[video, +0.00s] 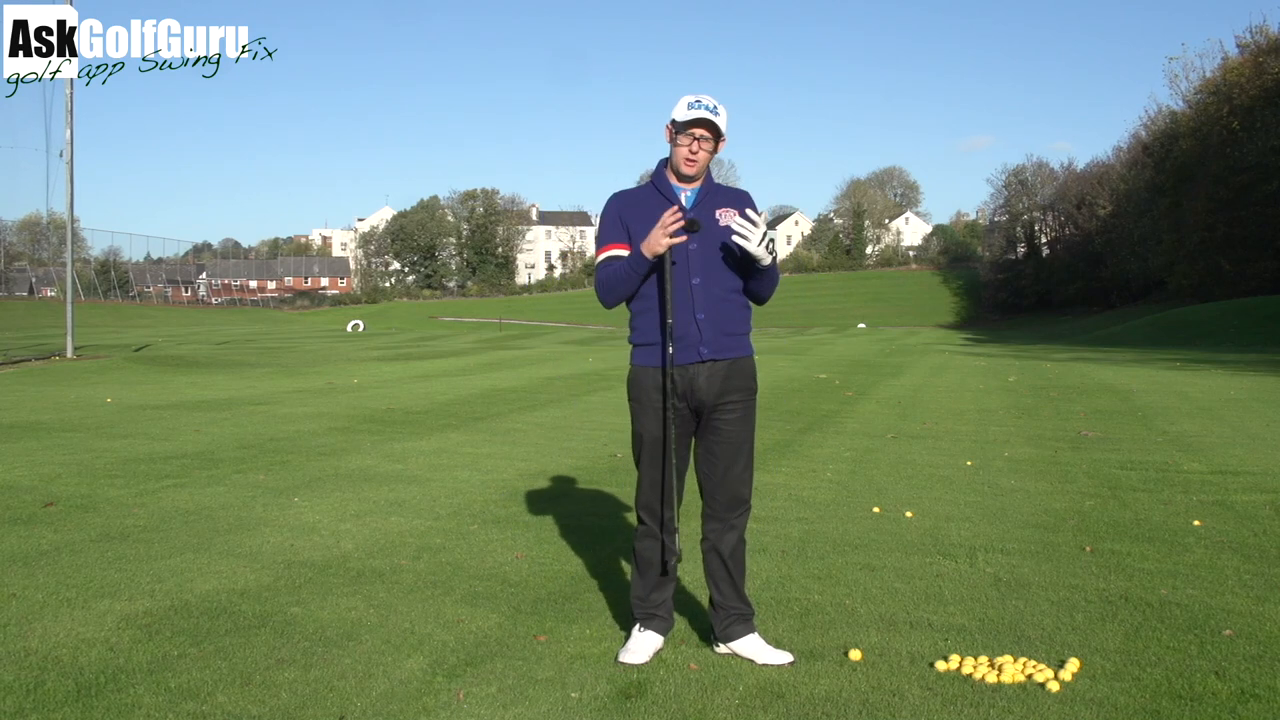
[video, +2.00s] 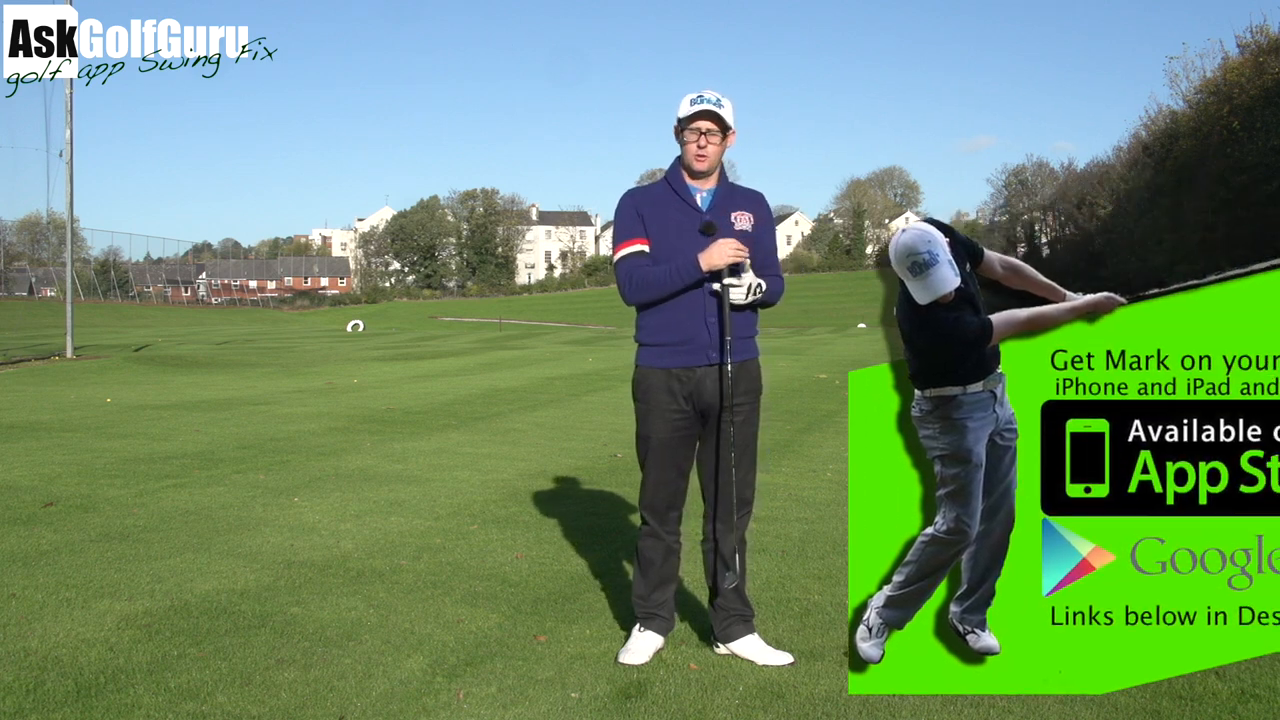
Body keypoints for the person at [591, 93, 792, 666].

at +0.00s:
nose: (695, 144)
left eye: (706, 137)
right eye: (687, 134)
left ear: (717, 146)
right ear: (670, 138)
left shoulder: (737, 204)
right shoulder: (625, 207)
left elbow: (761, 292)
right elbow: (609, 292)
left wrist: (763, 258)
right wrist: (646, 250)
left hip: (730, 371)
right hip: (656, 373)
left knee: (729, 506)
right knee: (656, 506)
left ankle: (733, 627)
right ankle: (650, 621)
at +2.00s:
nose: (701, 141)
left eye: (712, 133)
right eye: (692, 132)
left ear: (727, 141)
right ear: (679, 139)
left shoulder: (750, 204)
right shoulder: (639, 204)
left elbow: (773, 283)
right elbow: (635, 287)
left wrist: (756, 285)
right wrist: (702, 262)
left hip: (737, 373)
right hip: (665, 376)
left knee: (732, 507)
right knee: (660, 509)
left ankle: (733, 627)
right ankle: (651, 621)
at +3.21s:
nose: (704, 144)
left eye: (715, 136)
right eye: (695, 135)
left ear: (734, 143)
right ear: (682, 140)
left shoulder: (758, 203)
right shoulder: (647, 198)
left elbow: (781, 285)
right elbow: (642, 263)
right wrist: (684, 196)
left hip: (735, 373)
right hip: (662, 373)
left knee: (731, 509)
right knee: (659, 506)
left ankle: (734, 625)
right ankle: (651, 620)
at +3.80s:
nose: (702, 145)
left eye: (712, 135)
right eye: (692, 136)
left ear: (730, 141)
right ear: (680, 142)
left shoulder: (755, 203)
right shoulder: (644, 203)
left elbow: (780, 283)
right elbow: (625, 288)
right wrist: (660, 257)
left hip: (737, 375)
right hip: (664, 377)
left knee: (731, 510)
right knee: (660, 506)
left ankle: (733, 625)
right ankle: (651, 620)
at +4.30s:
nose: (691, 144)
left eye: (702, 135)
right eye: (682, 134)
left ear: (717, 142)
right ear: (668, 138)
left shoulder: (743, 200)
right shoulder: (628, 207)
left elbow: (768, 280)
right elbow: (617, 292)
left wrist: (746, 327)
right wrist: (675, 300)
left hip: (723, 374)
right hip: (650, 375)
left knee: (723, 507)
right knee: (651, 508)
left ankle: (729, 622)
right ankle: (651, 620)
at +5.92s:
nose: (681, 162)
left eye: (690, 151)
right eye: (671, 151)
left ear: (695, 152)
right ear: (645, 145)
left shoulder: (701, 208)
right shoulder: (596, 211)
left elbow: (723, 279)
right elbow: (590, 295)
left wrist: (732, 326)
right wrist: (640, 322)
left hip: (692, 378)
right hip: (622, 381)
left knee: (714, 504)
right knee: (635, 507)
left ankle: (727, 623)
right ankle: (649, 620)